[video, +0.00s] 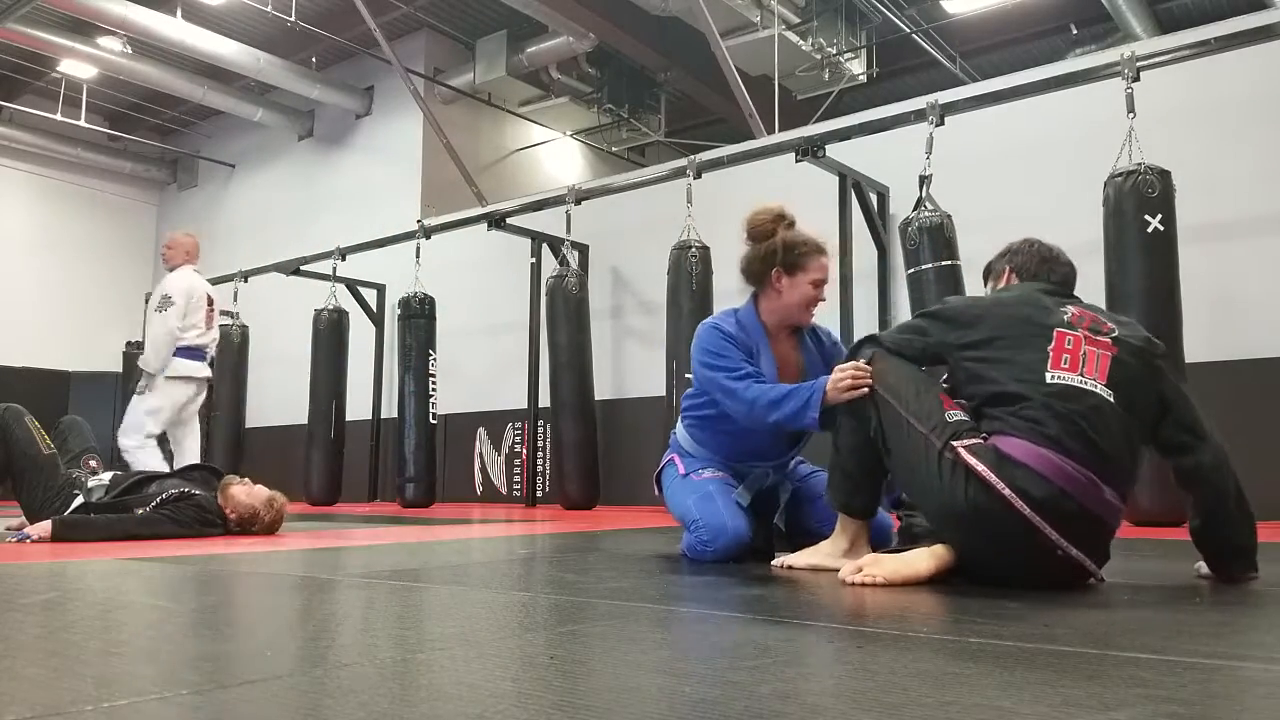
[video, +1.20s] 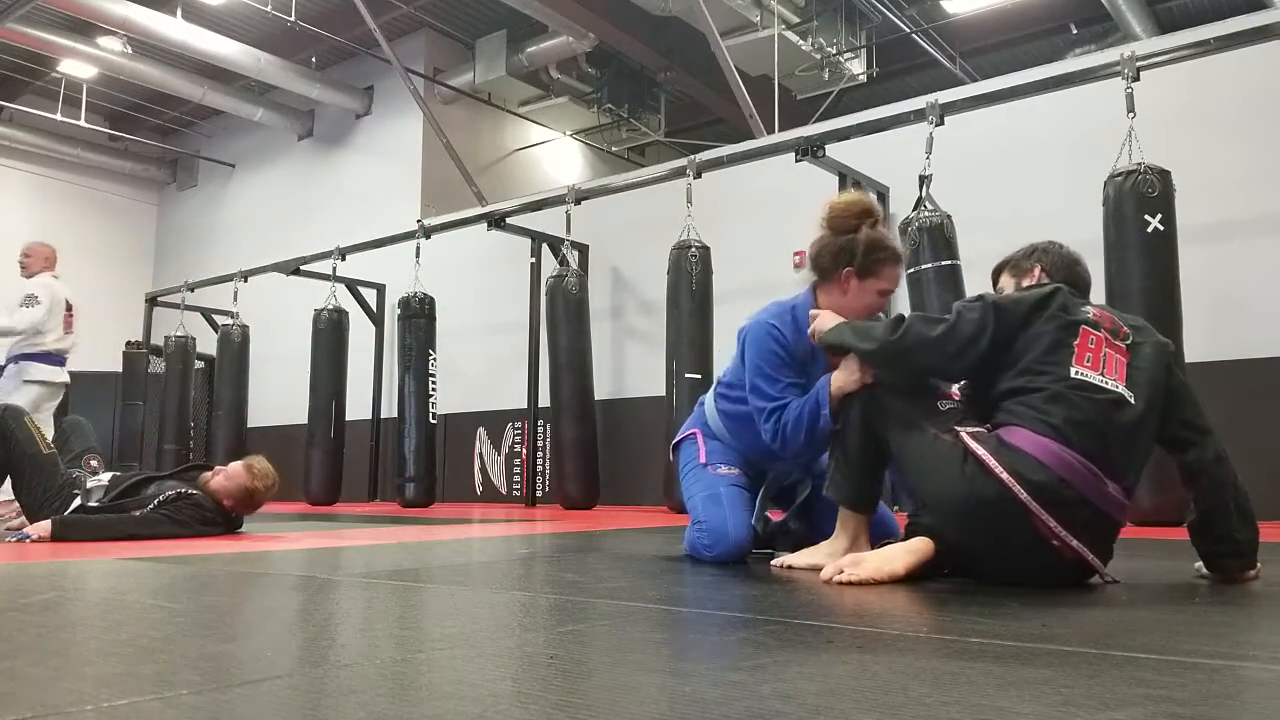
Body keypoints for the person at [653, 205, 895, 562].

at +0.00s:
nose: (823, 296)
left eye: (823, 286)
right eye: (816, 285)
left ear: (785, 282)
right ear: (779, 280)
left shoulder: (822, 344)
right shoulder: (716, 336)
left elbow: (859, 422)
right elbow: (750, 403)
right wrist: (821, 393)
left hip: (778, 469)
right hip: (701, 465)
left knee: (878, 532)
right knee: (728, 538)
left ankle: (774, 524)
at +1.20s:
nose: (886, 307)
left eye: (889, 296)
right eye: (883, 294)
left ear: (848, 283)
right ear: (847, 280)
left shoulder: (863, 339)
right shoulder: (770, 329)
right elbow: (781, 434)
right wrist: (834, 385)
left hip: (792, 452)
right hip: (719, 440)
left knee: (881, 535)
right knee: (727, 543)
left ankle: (770, 529)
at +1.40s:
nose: (909, 303)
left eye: (914, 293)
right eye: (907, 290)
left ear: (873, 277)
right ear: (873, 274)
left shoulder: (884, 335)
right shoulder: (785, 320)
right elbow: (780, 426)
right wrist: (848, 381)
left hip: (804, 448)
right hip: (727, 430)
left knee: (883, 534)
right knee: (726, 544)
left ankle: (766, 530)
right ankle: (705, 531)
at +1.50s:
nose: (922, 306)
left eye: (927, 296)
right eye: (920, 293)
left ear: (889, 279)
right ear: (888, 277)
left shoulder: (900, 331)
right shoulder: (796, 314)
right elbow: (785, 416)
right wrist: (863, 380)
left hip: (810, 447)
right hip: (734, 427)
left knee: (884, 533)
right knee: (727, 545)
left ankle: (768, 527)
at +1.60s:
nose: (939, 309)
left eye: (945, 300)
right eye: (938, 297)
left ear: (908, 281)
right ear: (906, 280)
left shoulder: (912, 331)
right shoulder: (816, 308)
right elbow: (805, 413)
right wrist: (892, 386)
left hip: (813, 445)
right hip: (740, 423)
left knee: (884, 537)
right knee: (726, 544)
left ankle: (775, 530)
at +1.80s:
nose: (970, 306)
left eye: (977, 296)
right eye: (970, 293)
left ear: (938, 276)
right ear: (935, 274)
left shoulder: (939, 332)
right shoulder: (845, 292)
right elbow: (837, 386)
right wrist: (933, 400)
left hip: (827, 442)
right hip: (753, 416)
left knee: (874, 537)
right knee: (729, 545)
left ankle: (768, 534)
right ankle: (705, 536)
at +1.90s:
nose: (995, 302)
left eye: (1001, 291)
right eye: (993, 286)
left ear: (958, 271)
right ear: (956, 268)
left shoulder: (947, 335)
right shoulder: (867, 291)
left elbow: (966, 391)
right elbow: (857, 373)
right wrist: (949, 417)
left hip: (831, 438)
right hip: (761, 409)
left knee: (871, 531)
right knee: (742, 541)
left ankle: (766, 535)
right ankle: (703, 536)